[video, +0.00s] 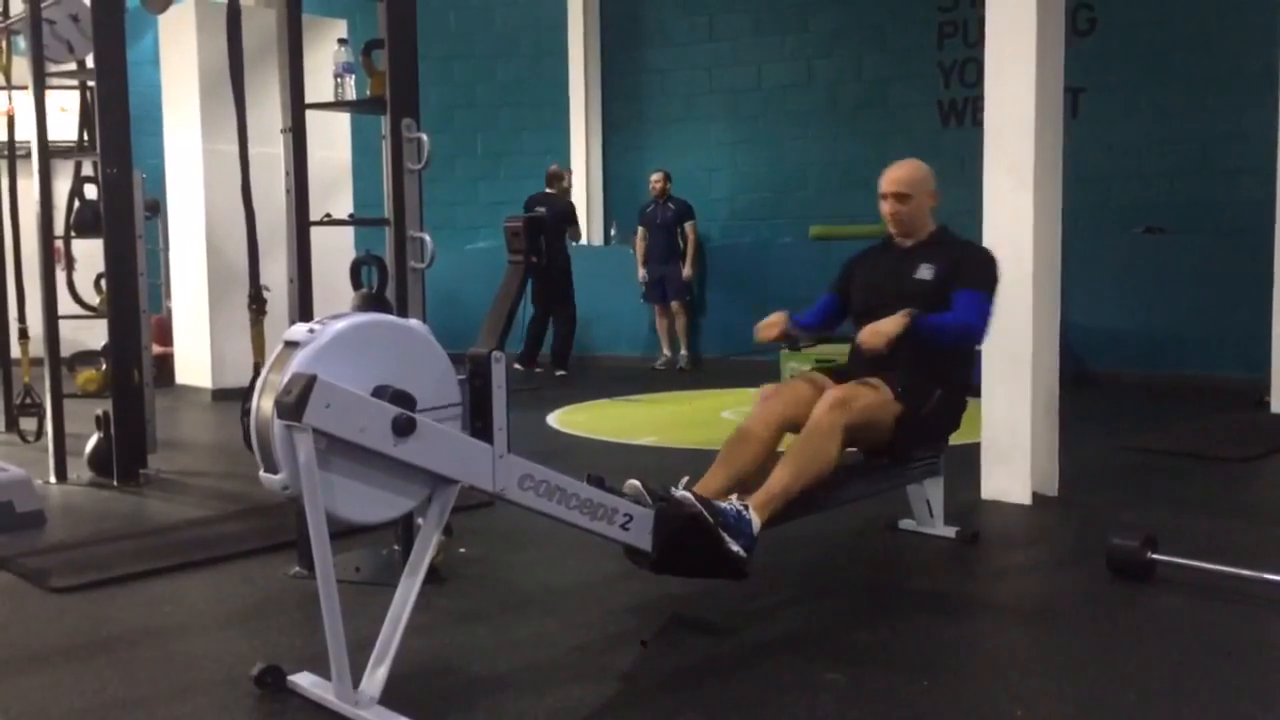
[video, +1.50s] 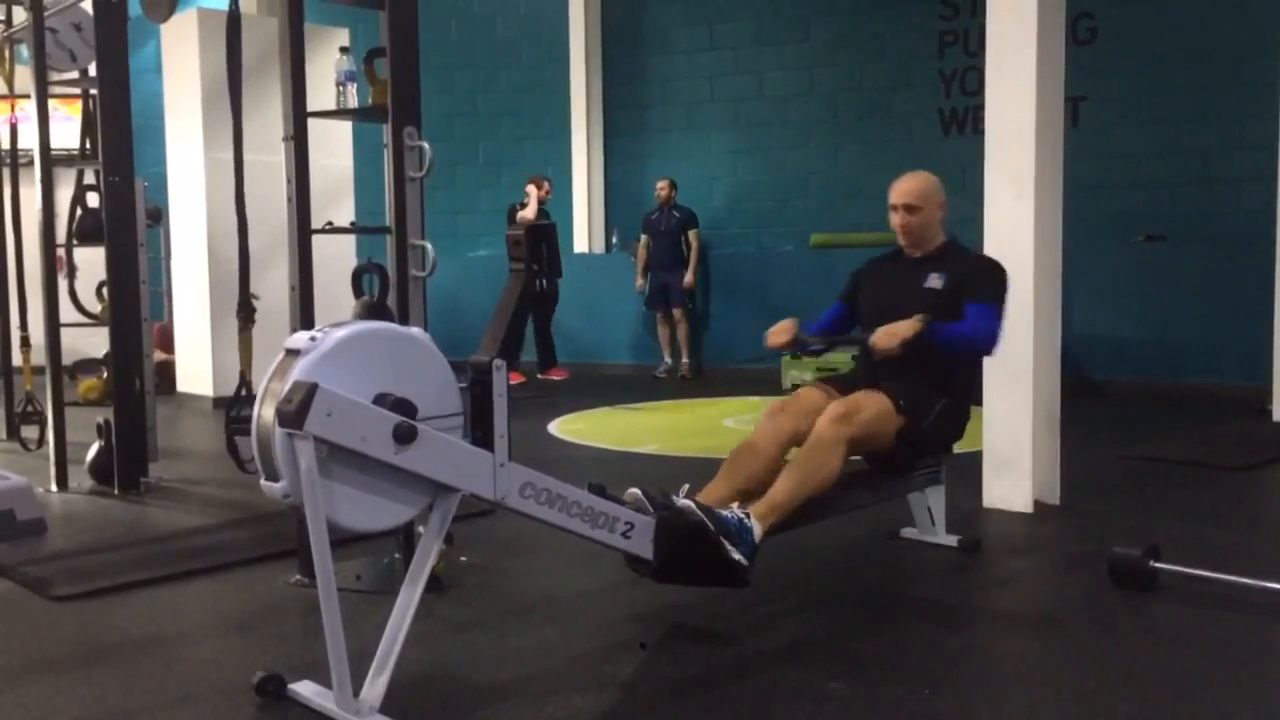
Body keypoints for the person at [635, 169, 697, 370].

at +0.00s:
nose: (653, 186)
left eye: (657, 182)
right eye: (651, 182)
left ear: (667, 184)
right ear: (649, 186)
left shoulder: (681, 206)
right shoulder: (645, 209)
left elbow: (691, 235)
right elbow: (640, 238)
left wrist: (688, 264)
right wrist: (640, 266)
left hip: (675, 265)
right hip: (653, 266)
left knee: (676, 307)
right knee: (660, 310)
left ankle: (683, 351)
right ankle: (665, 352)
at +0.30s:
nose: (654, 188)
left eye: (658, 184)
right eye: (653, 185)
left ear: (669, 187)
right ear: (651, 187)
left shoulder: (682, 208)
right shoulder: (646, 211)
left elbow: (691, 237)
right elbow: (638, 240)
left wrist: (686, 264)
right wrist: (633, 270)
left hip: (676, 268)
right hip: (654, 268)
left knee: (678, 310)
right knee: (660, 312)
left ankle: (684, 356)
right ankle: (664, 358)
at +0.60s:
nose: (655, 189)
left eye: (659, 185)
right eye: (654, 186)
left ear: (670, 188)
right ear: (652, 189)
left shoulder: (683, 209)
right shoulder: (647, 212)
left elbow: (692, 239)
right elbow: (640, 242)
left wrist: (688, 266)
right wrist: (635, 270)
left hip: (677, 270)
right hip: (654, 270)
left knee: (680, 312)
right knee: (658, 313)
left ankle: (682, 358)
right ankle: (666, 357)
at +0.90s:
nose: (656, 191)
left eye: (660, 187)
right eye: (654, 187)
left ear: (670, 190)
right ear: (653, 190)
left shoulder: (683, 212)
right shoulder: (647, 215)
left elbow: (692, 241)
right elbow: (640, 243)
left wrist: (688, 268)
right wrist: (639, 271)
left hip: (676, 271)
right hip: (655, 272)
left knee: (678, 313)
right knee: (660, 315)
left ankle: (684, 358)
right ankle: (666, 358)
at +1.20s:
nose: (657, 192)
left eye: (661, 188)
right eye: (656, 189)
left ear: (671, 191)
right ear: (655, 192)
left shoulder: (684, 214)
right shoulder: (649, 216)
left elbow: (693, 244)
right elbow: (641, 245)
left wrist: (689, 271)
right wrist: (636, 273)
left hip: (677, 272)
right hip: (656, 273)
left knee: (678, 315)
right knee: (661, 316)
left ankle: (684, 360)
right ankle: (666, 359)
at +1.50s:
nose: (658, 193)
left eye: (662, 189)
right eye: (657, 189)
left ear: (672, 192)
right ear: (656, 192)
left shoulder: (685, 215)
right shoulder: (650, 217)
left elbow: (694, 245)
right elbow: (643, 246)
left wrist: (690, 272)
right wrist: (640, 275)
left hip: (678, 273)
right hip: (656, 273)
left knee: (678, 315)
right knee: (661, 317)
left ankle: (685, 360)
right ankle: (666, 359)